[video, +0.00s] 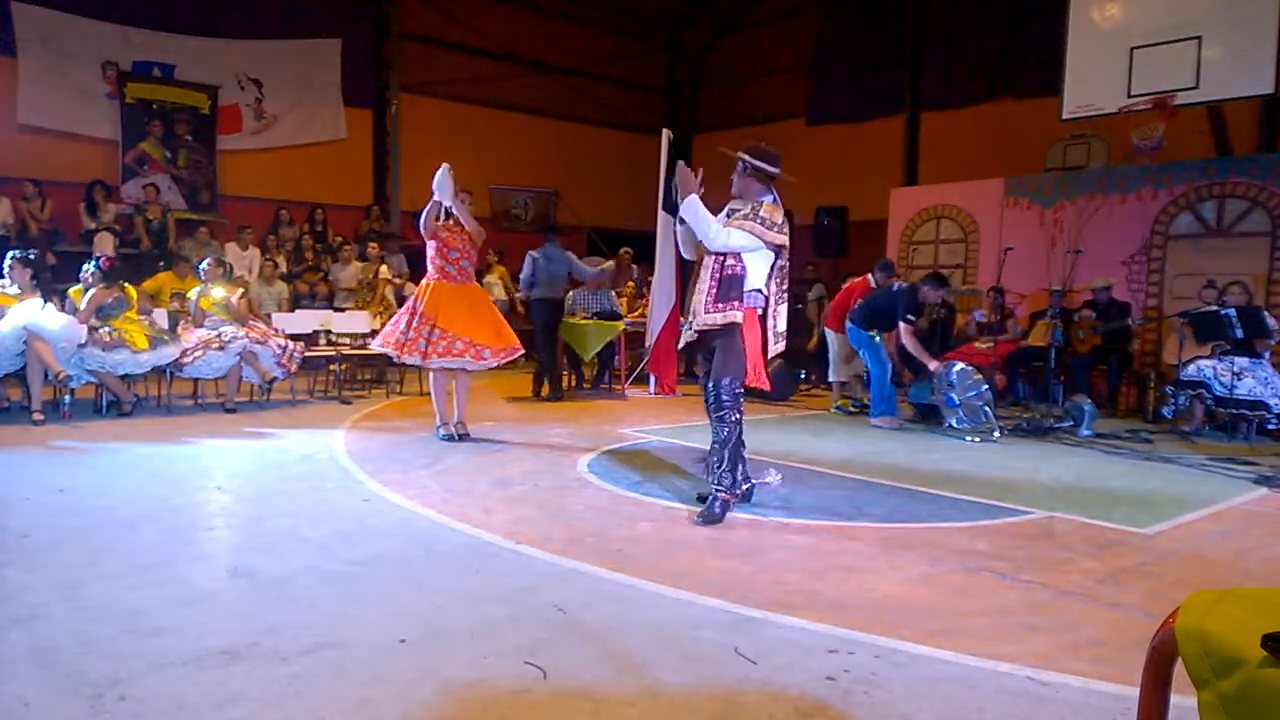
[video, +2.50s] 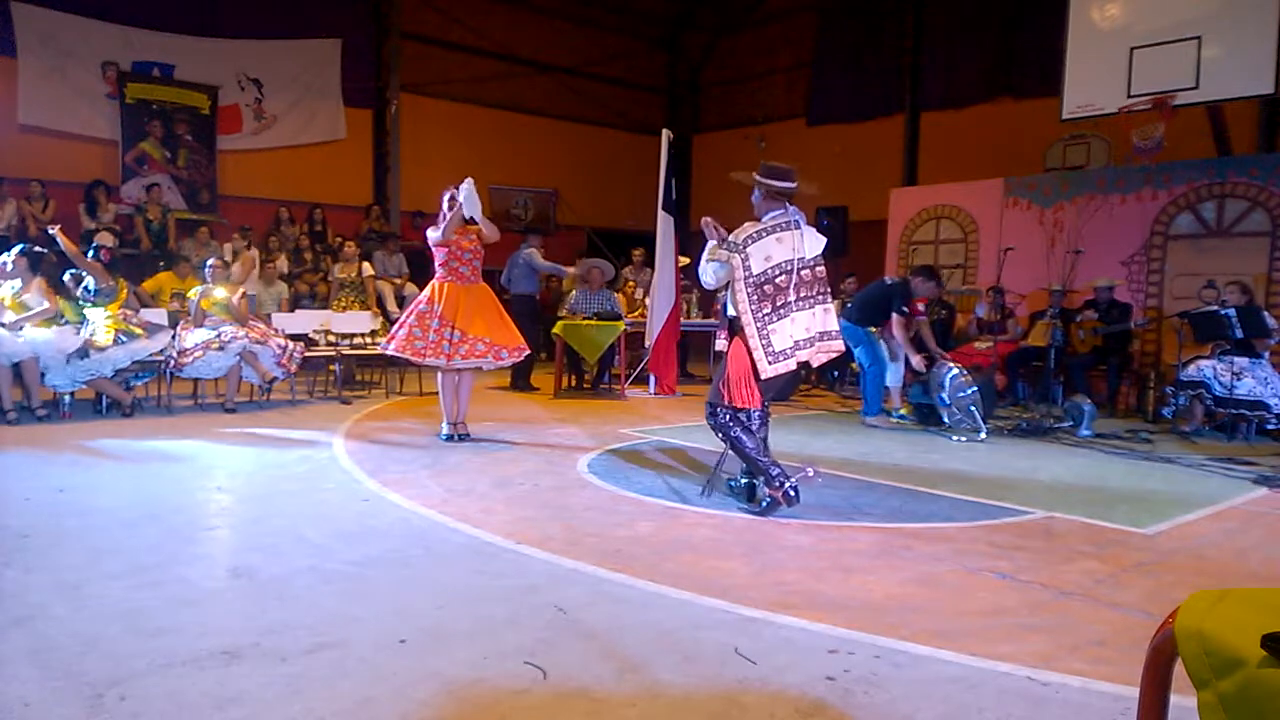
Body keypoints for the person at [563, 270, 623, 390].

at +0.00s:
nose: (597, 282)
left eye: (600, 278)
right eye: (594, 278)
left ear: (603, 280)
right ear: (587, 279)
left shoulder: (609, 294)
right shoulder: (573, 294)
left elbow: (619, 313)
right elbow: (567, 315)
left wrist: (597, 315)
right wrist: (578, 315)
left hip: (602, 330)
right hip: (580, 330)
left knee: (608, 349)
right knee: (571, 349)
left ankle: (598, 380)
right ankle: (579, 378)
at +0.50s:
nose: (591, 282)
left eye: (594, 279)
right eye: (589, 279)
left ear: (600, 279)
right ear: (584, 280)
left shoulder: (609, 294)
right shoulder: (574, 294)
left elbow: (619, 314)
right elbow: (565, 313)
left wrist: (601, 316)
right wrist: (576, 317)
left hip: (602, 331)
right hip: (580, 330)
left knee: (609, 348)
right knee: (571, 347)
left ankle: (598, 379)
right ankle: (579, 377)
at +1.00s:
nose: (589, 280)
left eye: (592, 277)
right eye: (586, 277)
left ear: (599, 278)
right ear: (580, 279)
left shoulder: (608, 294)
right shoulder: (576, 293)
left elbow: (619, 314)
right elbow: (567, 313)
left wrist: (601, 316)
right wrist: (577, 317)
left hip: (602, 332)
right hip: (579, 331)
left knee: (609, 348)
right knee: (570, 347)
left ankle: (598, 379)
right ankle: (579, 378)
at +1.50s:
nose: (591, 276)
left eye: (594, 273)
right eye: (588, 273)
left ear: (600, 277)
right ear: (584, 277)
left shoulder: (609, 294)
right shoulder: (575, 294)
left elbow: (619, 314)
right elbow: (565, 314)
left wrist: (600, 316)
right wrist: (577, 318)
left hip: (602, 332)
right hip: (580, 331)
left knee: (609, 348)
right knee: (571, 347)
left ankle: (597, 381)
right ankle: (579, 378)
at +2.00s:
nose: (592, 277)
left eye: (595, 274)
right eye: (590, 274)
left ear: (601, 277)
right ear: (584, 277)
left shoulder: (610, 294)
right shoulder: (575, 294)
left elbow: (619, 314)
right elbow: (565, 314)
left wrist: (599, 316)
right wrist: (578, 318)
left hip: (602, 332)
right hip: (580, 331)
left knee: (609, 348)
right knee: (570, 346)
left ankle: (597, 380)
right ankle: (579, 378)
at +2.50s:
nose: (594, 278)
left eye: (597, 275)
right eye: (592, 274)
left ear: (603, 278)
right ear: (587, 277)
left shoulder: (610, 295)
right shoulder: (576, 294)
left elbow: (618, 314)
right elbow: (564, 312)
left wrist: (601, 317)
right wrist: (575, 317)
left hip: (601, 332)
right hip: (580, 331)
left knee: (609, 349)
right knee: (570, 347)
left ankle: (597, 381)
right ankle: (579, 377)